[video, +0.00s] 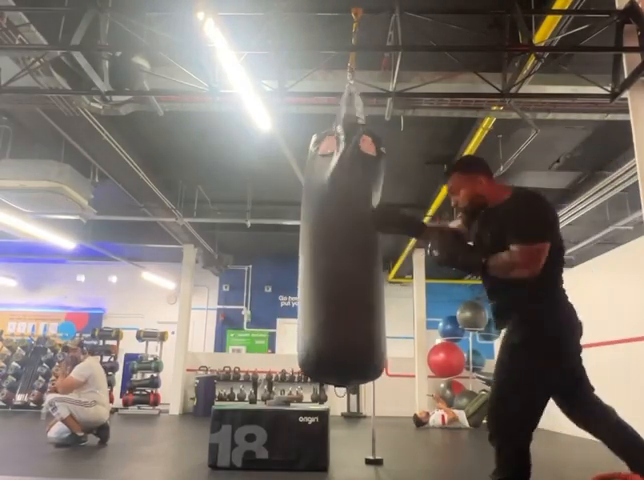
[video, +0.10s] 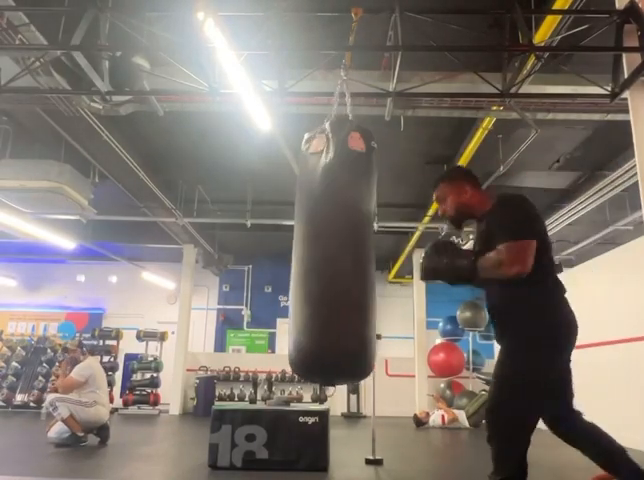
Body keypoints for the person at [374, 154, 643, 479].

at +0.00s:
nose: (457, 201)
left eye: (457, 192)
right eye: (453, 195)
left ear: (480, 180)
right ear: (481, 182)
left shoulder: (527, 204)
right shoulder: (483, 217)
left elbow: (528, 263)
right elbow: (449, 234)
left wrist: (470, 259)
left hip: (537, 328)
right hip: (547, 325)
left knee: (508, 430)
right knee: (584, 408)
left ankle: (510, 475)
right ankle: (642, 460)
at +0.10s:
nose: (442, 211)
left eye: (442, 200)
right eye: (438, 204)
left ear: (465, 188)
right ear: (466, 192)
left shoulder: (510, 207)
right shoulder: (489, 225)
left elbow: (517, 262)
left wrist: (464, 266)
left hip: (536, 331)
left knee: (505, 424)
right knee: (561, 418)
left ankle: (508, 473)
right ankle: (630, 471)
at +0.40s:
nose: (469, 210)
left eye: (470, 201)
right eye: (468, 203)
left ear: (490, 192)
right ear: (502, 192)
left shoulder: (500, 211)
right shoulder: (541, 215)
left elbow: (510, 262)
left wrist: (474, 308)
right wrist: (485, 255)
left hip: (542, 324)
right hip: (581, 322)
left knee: (507, 418)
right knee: (580, 415)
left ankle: (511, 473)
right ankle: (626, 473)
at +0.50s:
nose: (484, 200)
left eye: (484, 189)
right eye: (481, 192)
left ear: (504, 178)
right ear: (516, 179)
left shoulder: (513, 200)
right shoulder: (562, 204)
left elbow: (524, 252)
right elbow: (561, 263)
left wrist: (495, 313)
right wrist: (505, 249)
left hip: (557, 310)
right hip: (598, 304)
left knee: (535, 409)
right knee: (606, 402)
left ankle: (548, 473)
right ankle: (640, 466)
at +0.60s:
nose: (503, 203)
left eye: (505, 192)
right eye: (501, 196)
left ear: (526, 184)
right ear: (532, 185)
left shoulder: (538, 208)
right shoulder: (585, 216)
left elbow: (543, 263)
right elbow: (575, 277)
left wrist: (511, 313)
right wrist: (525, 256)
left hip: (565, 330)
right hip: (605, 325)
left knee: (558, 427)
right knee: (615, 420)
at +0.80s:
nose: (507, 202)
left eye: (508, 192)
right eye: (505, 195)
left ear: (530, 182)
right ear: (532, 183)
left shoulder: (550, 202)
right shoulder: (583, 209)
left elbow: (562, 249)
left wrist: (512, 273)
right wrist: (525, 246)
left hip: (577, 320)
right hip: (614, 320)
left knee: (529, 399)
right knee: (631, 415)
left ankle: (582, 474)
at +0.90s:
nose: (501, 201)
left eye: (501, 190)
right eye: (498, 193)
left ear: (521, 179)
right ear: (523, 179)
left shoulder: (545, 195)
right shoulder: (580, 204)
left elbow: (551, 245)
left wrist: (504, 254)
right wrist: (518, 233)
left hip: (568, 310)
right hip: (607, 308)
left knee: (529, 396)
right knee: (612, 408)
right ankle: (639, 470)